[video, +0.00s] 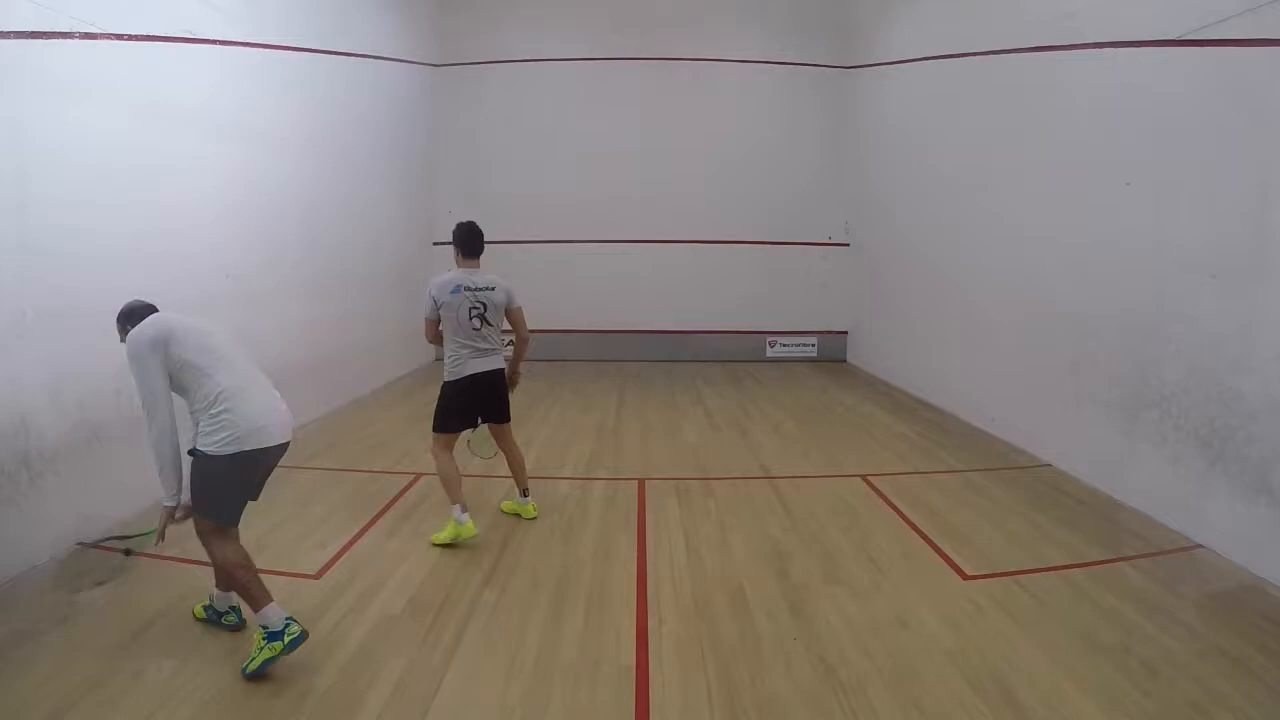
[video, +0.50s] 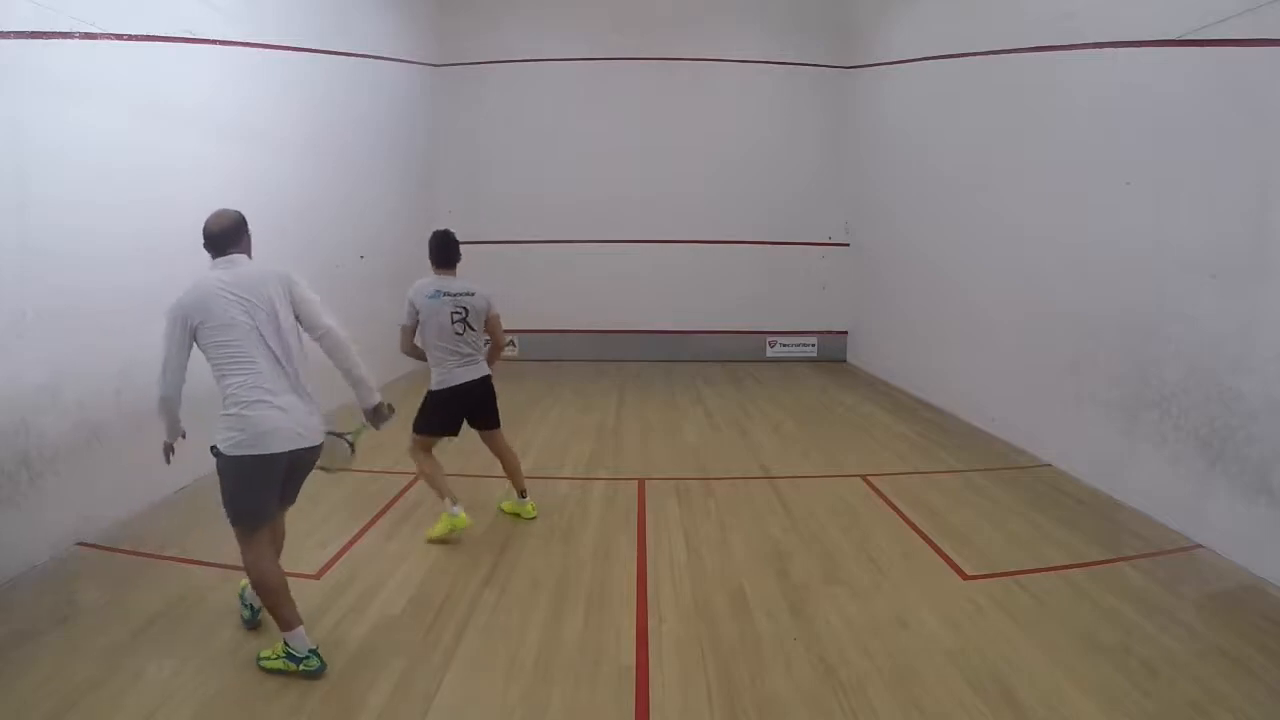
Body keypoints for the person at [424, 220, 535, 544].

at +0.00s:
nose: (458, 251)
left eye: (454, 246)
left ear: (454, 249)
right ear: (483, 250)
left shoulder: (439, 286)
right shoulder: (500, 286)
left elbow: (433, 336)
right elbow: (522, 334)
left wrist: (461, 341)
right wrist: (514, 368)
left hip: (458, 382)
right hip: (495, 377)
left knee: (442, 448)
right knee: (506, 440)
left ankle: (461, 518)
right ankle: (525, 500)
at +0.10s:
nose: (467, 252)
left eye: (463, 246)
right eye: (481, 248)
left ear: (460, 250)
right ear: (488, 250)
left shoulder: (439, 286)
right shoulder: (501, 288)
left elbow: (435, 333)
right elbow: (525, 334)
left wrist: (460, 326)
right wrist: (521, 368)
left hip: (460, 380)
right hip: (496, 375)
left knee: (457, 449)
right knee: (507, 438)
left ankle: (480, 509)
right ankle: (526, 501)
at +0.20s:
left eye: (467, 249)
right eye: (488, 250)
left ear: (463, 252)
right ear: (491, 252)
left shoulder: (443, 284)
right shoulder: (497, 289)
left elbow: (437, 330)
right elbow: (523, 335)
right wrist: (522, 369)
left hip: (457, 380)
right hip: (493, 376)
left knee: (477, 448)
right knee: (506, 437)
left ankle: (505, 500)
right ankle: (526, 500)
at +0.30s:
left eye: (466, 250)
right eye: (487, 252)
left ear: (461, 253)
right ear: (490, 254)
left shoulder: (442, 283)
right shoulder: (495, 289)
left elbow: (433, 332)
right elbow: (517, 341)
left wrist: (459, 320)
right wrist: (515, 370)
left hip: (454, 381)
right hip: (490, 377)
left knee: (476, 449)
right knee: (507, 441)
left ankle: (509, 494)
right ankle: (525, 499)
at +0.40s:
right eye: (476, 252)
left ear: (450, 254)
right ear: (479, 255)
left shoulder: (430, 287)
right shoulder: (491, 291)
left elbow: (423, 337)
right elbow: (511, 342)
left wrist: (453, 344)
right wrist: (500, 369)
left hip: (449, 384)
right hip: (486, 378)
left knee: (448, 448)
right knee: (504, 442)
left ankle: (490, 496)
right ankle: (525, 500)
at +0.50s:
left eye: (433, 255)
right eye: (453, 253)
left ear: (430, 258)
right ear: (459, 257)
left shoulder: (419, 292)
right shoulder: (479, 294)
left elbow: (406, 346)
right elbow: (498, 342)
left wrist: (434, 358)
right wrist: (484, 364)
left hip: (444, 390)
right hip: (480, 383)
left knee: (420, 449)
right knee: (497, 440)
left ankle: (454, 509)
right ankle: (524, 500)